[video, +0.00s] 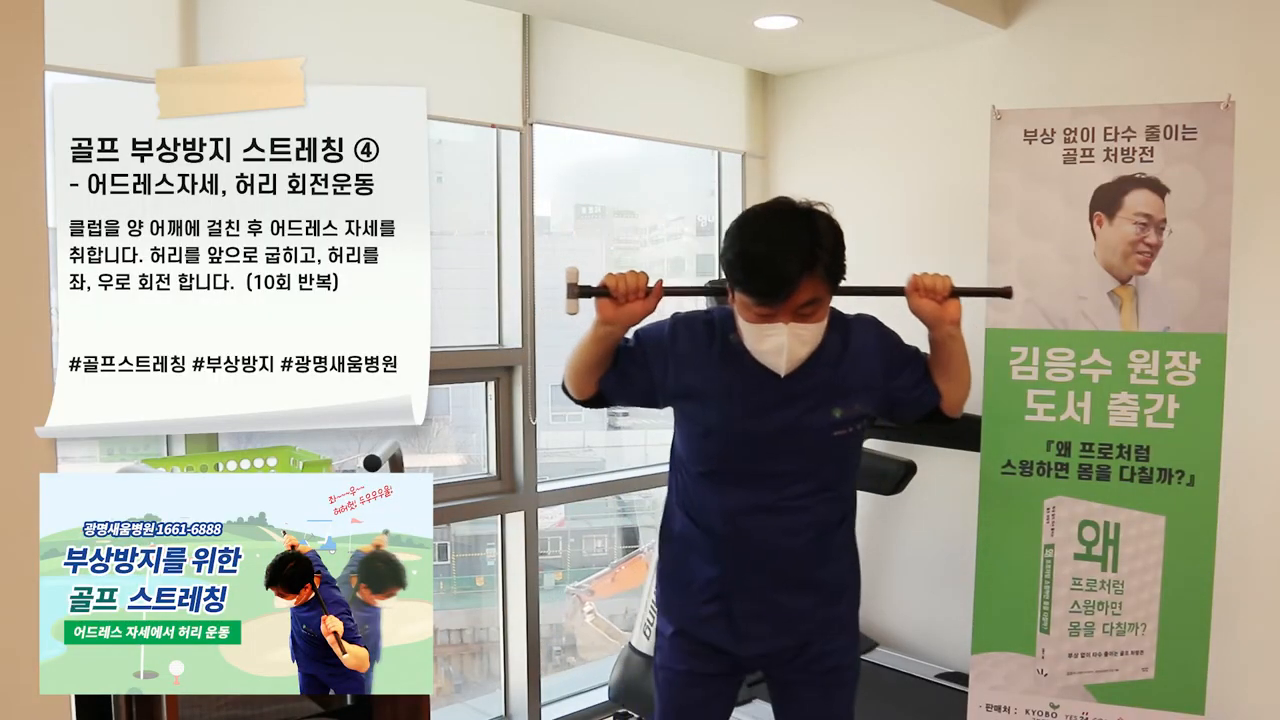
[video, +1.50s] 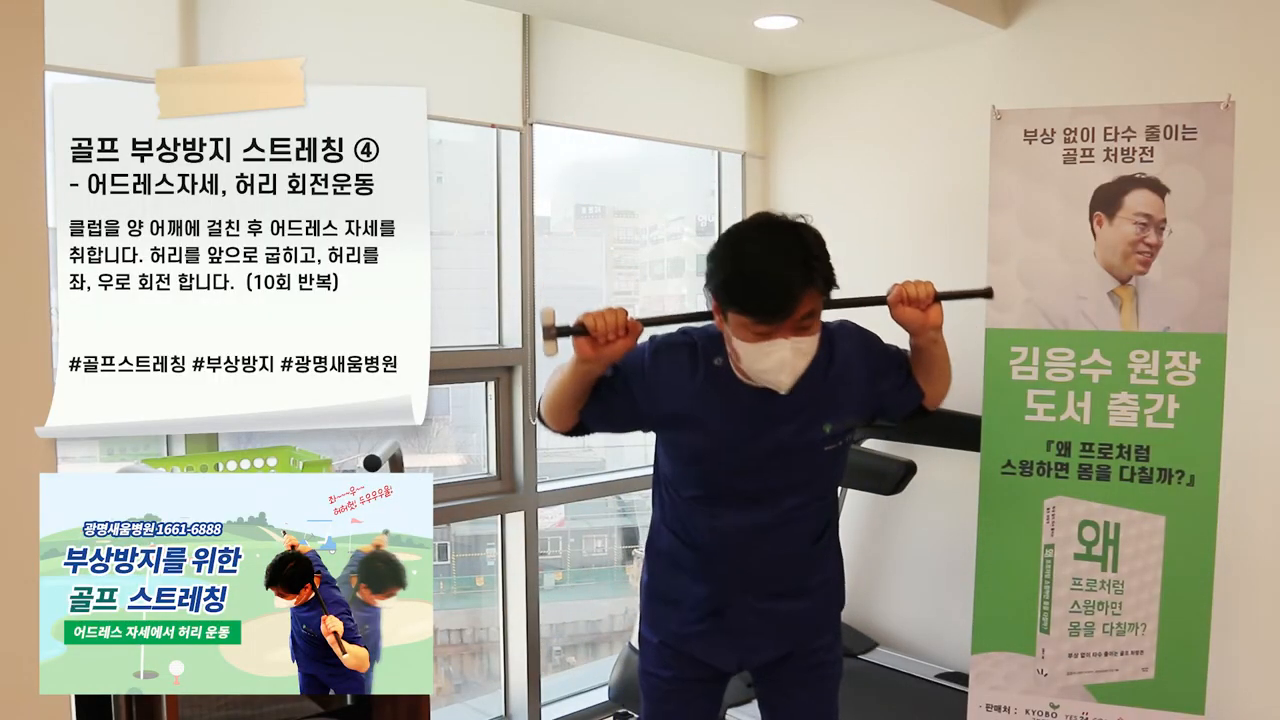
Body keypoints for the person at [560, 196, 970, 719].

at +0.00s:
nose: (784, 332)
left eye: (806, 312)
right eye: (761, 314)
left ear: (832, 290)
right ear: (730, 290)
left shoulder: (863, 349)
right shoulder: (690, 344)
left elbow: (949, 397)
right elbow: (582, 386)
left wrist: (946, 331)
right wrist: (609, 327)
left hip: (816, 619)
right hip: (699, 617)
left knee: (821, 713)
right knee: (681, 713)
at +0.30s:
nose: (781, 334)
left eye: (804, 316)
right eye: (758, 317)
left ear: (832, 298)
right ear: (727, 296)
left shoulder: (858, 357)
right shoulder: (684, 349)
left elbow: (946, 406)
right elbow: (575, 390)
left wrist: (944, 345)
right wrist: (603, 337)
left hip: (807, 618)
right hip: (692, 616)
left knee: (814, 714)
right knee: (674, 715)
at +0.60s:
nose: (764, 329)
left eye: (787, 310)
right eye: (742, 311)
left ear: (814, 293)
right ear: (711, 292)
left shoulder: (845, 356)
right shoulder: (670, 348)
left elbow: (936, 411)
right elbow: (563, 390)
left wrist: (930, 345)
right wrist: (588, 336)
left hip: (796, 618)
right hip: (681, 616)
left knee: (808, 715)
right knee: (666, 715)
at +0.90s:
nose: (763, 328)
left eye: (785, 309)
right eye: (741, 311)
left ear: (811, 295)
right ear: (710, 295)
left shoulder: (845, 357)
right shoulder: (670, 349)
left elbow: (937, 412)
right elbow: (564, 390)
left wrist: (930, 346)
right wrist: (587, 337)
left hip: (797, 618)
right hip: (682, 616)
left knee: (808, 713)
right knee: (667, 714)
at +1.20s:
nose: (763, 329)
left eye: (785, 309)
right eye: (741, 312)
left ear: (810, 296)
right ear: (710, 298)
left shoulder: (846, 357)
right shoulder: (670, 353)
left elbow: (939, 409)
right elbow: (567, 393)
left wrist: (932, 345)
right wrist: (587, 341)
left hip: (800, 620)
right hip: (684, 618)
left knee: (810, 714)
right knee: (668, 715)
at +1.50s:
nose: (788, 344)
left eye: (806, 323)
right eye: (763, 330)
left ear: (821, 303)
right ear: (719, 314)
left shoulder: (846, 358)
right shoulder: (671, 368)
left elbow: (927, 393)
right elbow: (557, 418)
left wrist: (927, 336)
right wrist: (587, 365)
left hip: (802, 624)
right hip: (685, 625)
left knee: (809, 714)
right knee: (669, 715)